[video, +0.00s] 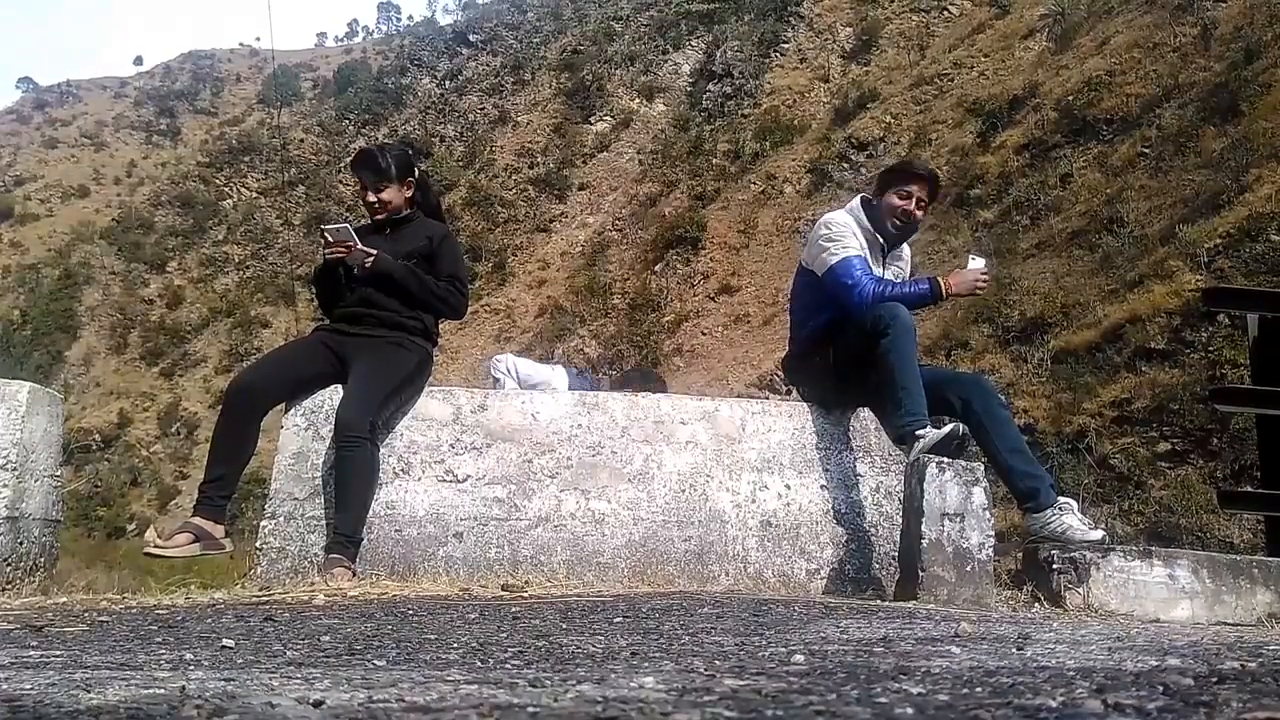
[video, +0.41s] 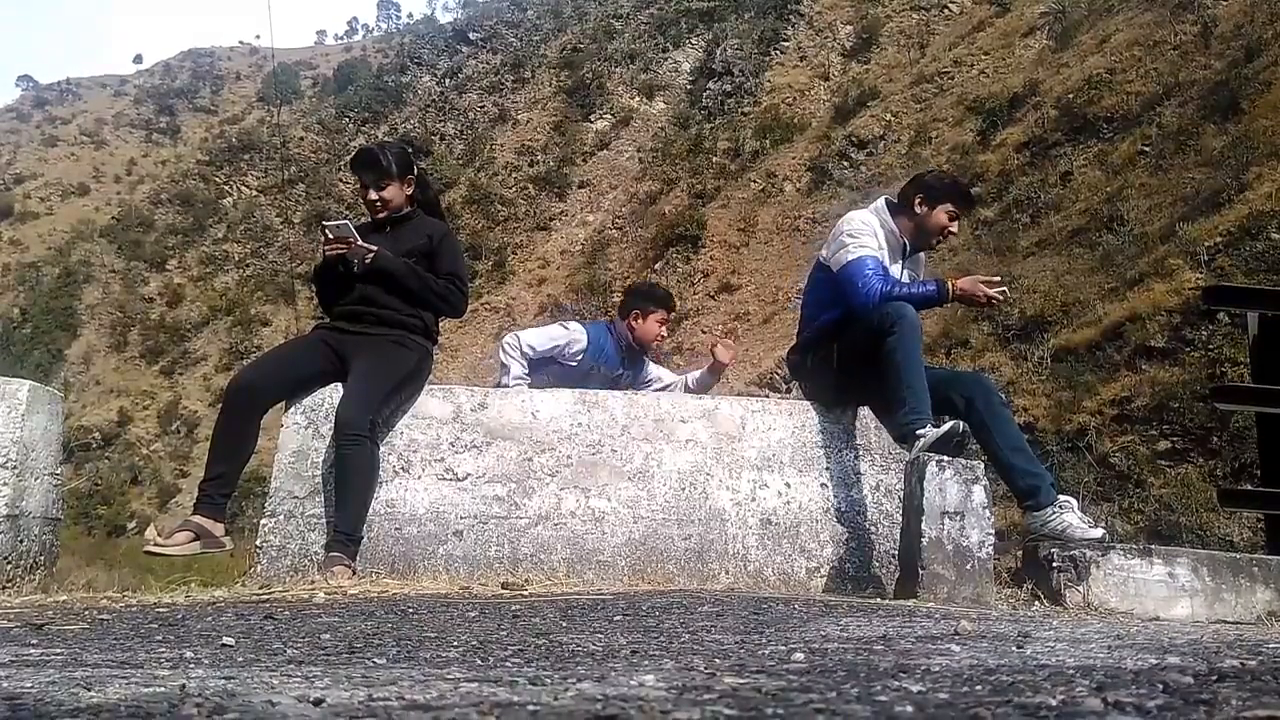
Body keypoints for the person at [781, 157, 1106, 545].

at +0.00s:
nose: (910, 209)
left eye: (920, 205)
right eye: (902, 196)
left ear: (923, 215)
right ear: (878, 193)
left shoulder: (899, 251)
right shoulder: (835, 228)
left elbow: (886, 308)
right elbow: (862, 292)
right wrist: (943, 286)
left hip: (872, 375)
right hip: (821, 371)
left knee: (975, 391)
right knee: (893, 317)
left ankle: (1043, 509)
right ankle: (914, 433)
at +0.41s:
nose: (954, 230)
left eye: (958, 221)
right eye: (950, 216)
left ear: (924, 212)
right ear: (919, 204)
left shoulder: (914, 256)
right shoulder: (857, 227)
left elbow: (903, 308)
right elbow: (870, 294)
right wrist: (948, 290)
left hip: (876, 374)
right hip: (827, 369)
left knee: (976, 389)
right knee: (899, 315)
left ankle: (1043, 507)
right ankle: (915, 429)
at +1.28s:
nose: (964, 226)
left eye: (968, 217)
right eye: (958, 213)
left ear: (929, 213)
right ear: (925, 206)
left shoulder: (922, 252)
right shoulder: (871, 226)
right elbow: (874, 293)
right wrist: (953, 283)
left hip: (877, 370)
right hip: (828, 365)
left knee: (976, 386)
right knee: (906, 316)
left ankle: (1044, 504)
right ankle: (917, 427)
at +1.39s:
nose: (962, 227)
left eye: (966, 218)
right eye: (956, 215)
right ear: (926, 207)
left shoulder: (922, 250)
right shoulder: (870, 226)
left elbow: (913, 303)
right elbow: (875, 292)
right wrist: (954, 282)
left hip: (876, 370)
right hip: (828, 364)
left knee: (976, 386)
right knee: (906, 316)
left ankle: (1043, 504)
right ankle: (918, 427)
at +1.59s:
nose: (951, 222)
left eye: (959, 214)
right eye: (944, 208)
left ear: (960, 220)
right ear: (914, 200)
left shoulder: (921, 255)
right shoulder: (865, 227)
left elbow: (909, 313)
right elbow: (873, 291)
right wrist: (951, 284)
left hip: (878, 372)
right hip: (827, 366)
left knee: (976, 387)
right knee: (903, 315)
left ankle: (1043, 504)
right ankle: (917, 427)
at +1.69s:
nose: (944, 218)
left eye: (952, 212)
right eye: (936, 204)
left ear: (954, 219)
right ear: (908, 198)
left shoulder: (920, 255)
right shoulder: (863, 227)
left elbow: (909, 312)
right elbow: (872, 291)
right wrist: (951, 286)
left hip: (877, 372)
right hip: (826, 367)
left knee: (976, 388)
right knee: (903, 314)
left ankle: (1043, 505)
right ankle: (916, 426)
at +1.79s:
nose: (936, 214)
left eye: (946, 209)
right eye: (928, 201)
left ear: (950, 217)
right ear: (903, 197)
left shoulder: (919, 256)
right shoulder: (861, 227)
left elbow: (910, 313)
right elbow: (872, 291)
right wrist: (951, 287)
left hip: (879, 373)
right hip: (826, 367)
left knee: (976, 387)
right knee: (903, 315)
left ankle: (1043, 504)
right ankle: (917, 427)